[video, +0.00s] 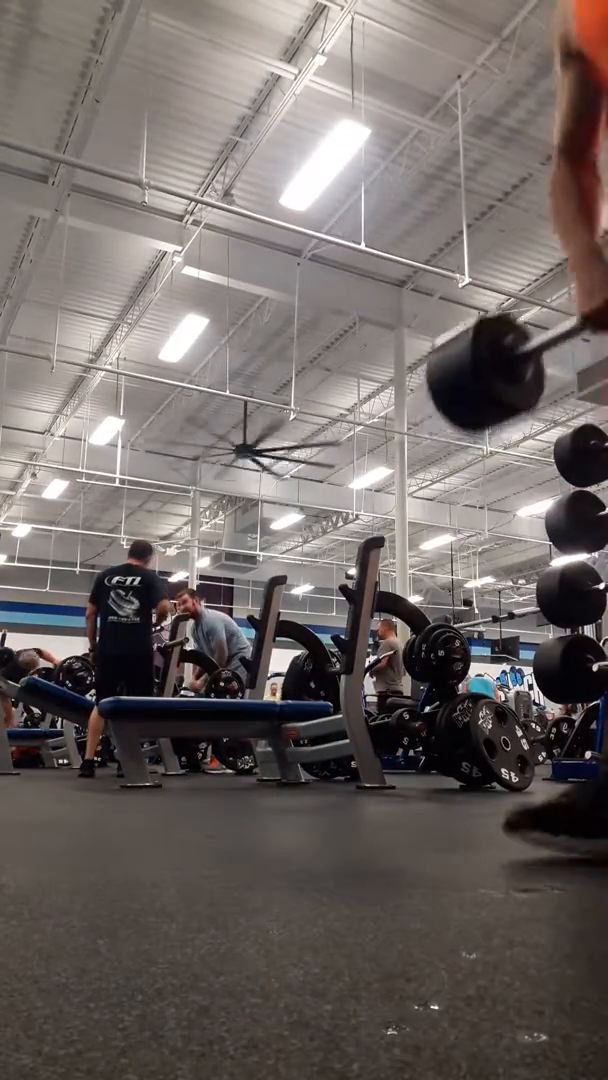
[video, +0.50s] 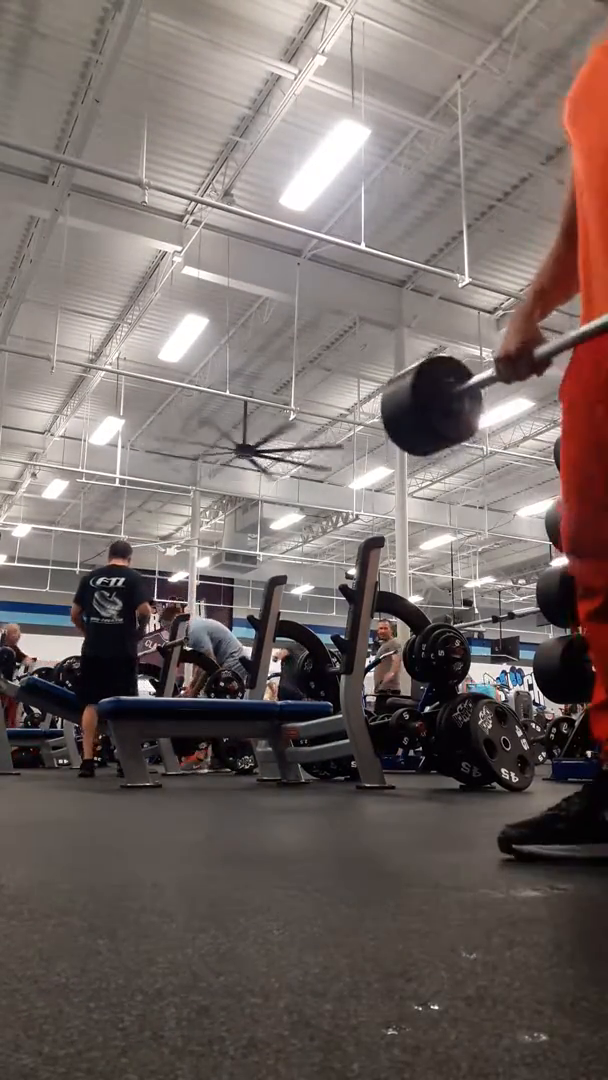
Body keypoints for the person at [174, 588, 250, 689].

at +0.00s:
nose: (182, 607)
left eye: (184, 602)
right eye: (179, 605)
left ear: (195, 601)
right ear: (178, 609)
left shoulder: (212, 620)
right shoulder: (195, 628)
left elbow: (222, 655)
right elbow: (202, 656)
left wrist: (203, 681)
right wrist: (195, 677)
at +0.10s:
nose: (179, 610)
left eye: (181, 605)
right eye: (177, 607)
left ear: (193, 601)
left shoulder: (211, 619)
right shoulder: (195, 628)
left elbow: (222, 653)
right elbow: (203, 656)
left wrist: (202, 680)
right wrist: (195, 677)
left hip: (240, 656)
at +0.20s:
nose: (177, 614)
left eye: (178, 609)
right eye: (176, 610)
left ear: (189, 604)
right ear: (188, 605)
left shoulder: (209, 619)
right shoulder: (195, 628)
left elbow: (221, 653)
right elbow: (202, 656)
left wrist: (202, 680)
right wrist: (195, 677)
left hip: (240, 655)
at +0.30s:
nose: (176, 618)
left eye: (176, 614)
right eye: (173, 615)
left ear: (185, 607)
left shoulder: (206, 621)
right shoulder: (195, 629)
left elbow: (218, 656)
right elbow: (203, 657)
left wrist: (200, 681)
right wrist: (193, 679)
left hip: (238, 658)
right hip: (225, 659)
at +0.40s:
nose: (173, 623)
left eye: (173, 619)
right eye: (171, 621)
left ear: (182, 612)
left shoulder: (201, 625)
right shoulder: (193, 629)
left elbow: (215, 661)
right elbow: (203, 659)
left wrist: (198, 685)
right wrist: (193, 681)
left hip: (237, 662)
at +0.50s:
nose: (168, 631)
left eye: (167, 627)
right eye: (165, 628)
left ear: (176, 622)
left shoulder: (196, 629)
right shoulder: (191, 629)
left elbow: (210, 664)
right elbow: (200, 662)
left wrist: (195, 691)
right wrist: (191, 686)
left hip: (234, 660)